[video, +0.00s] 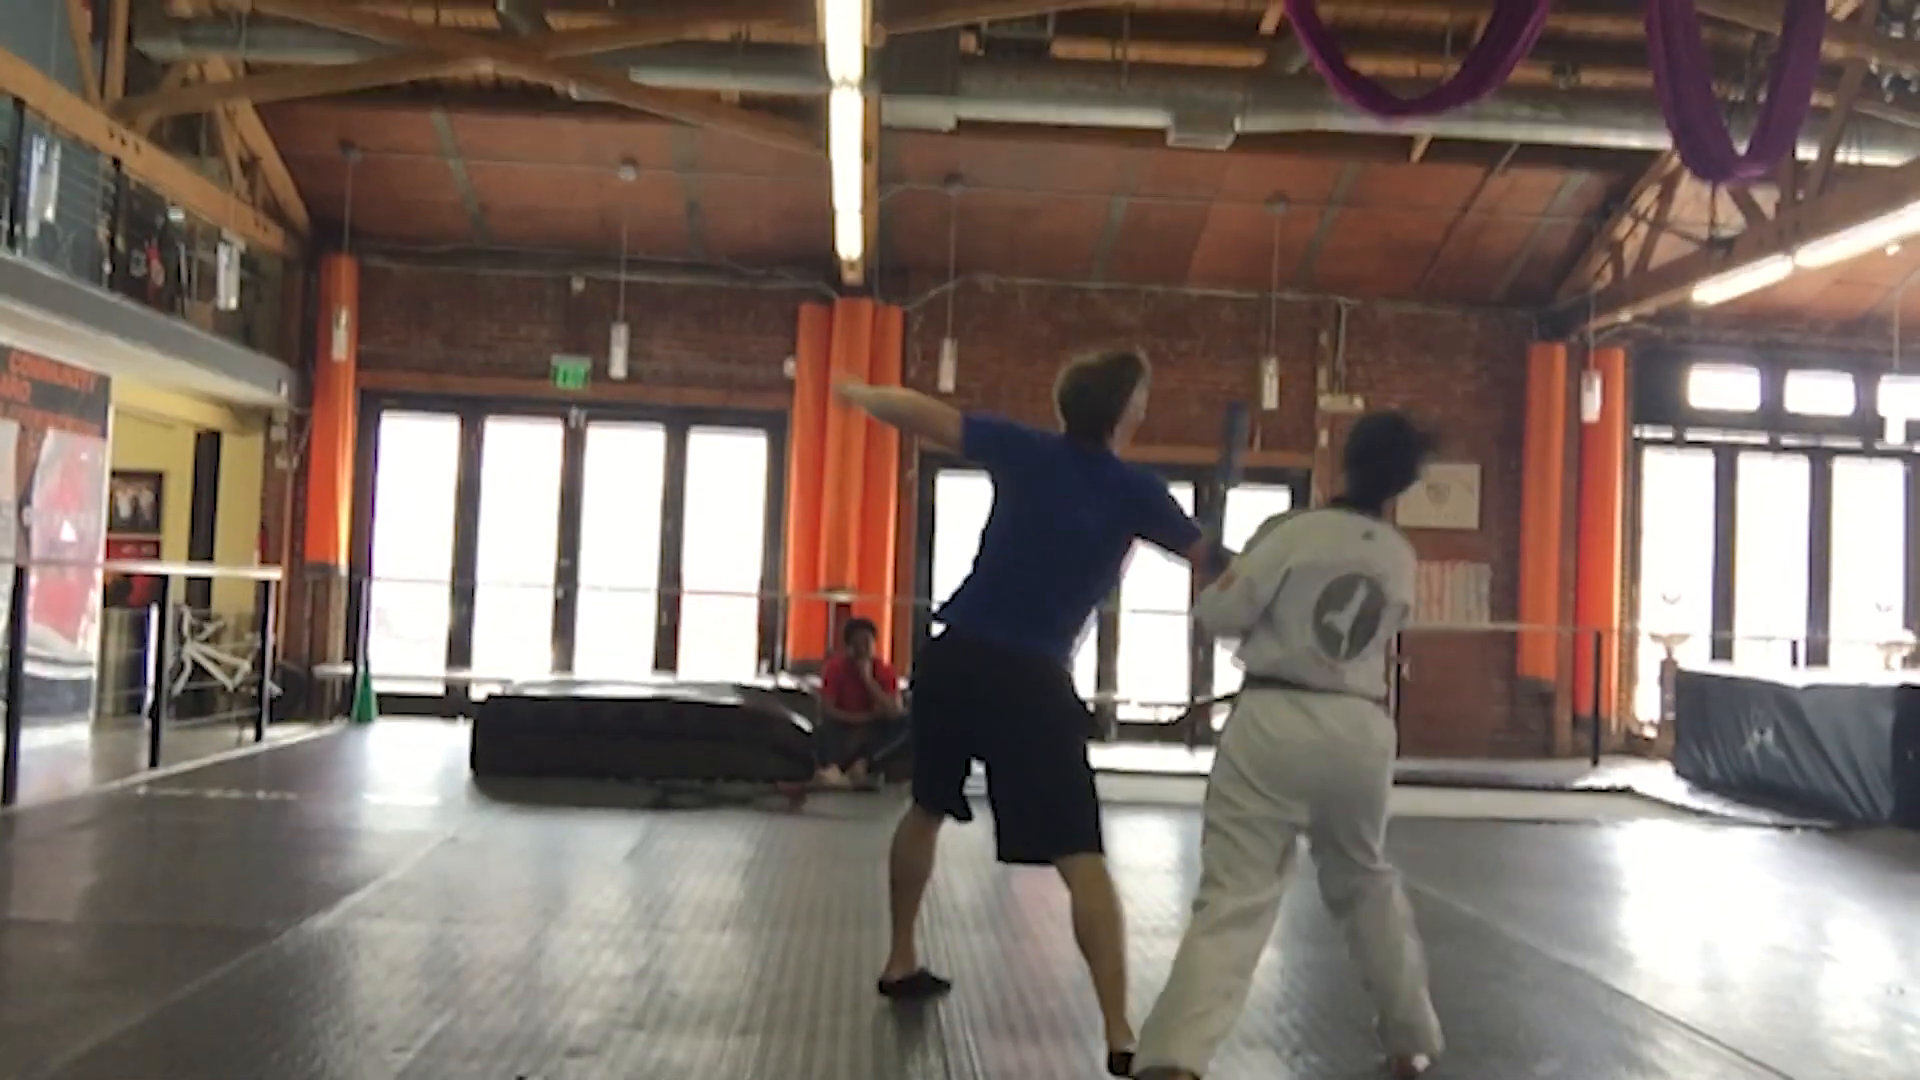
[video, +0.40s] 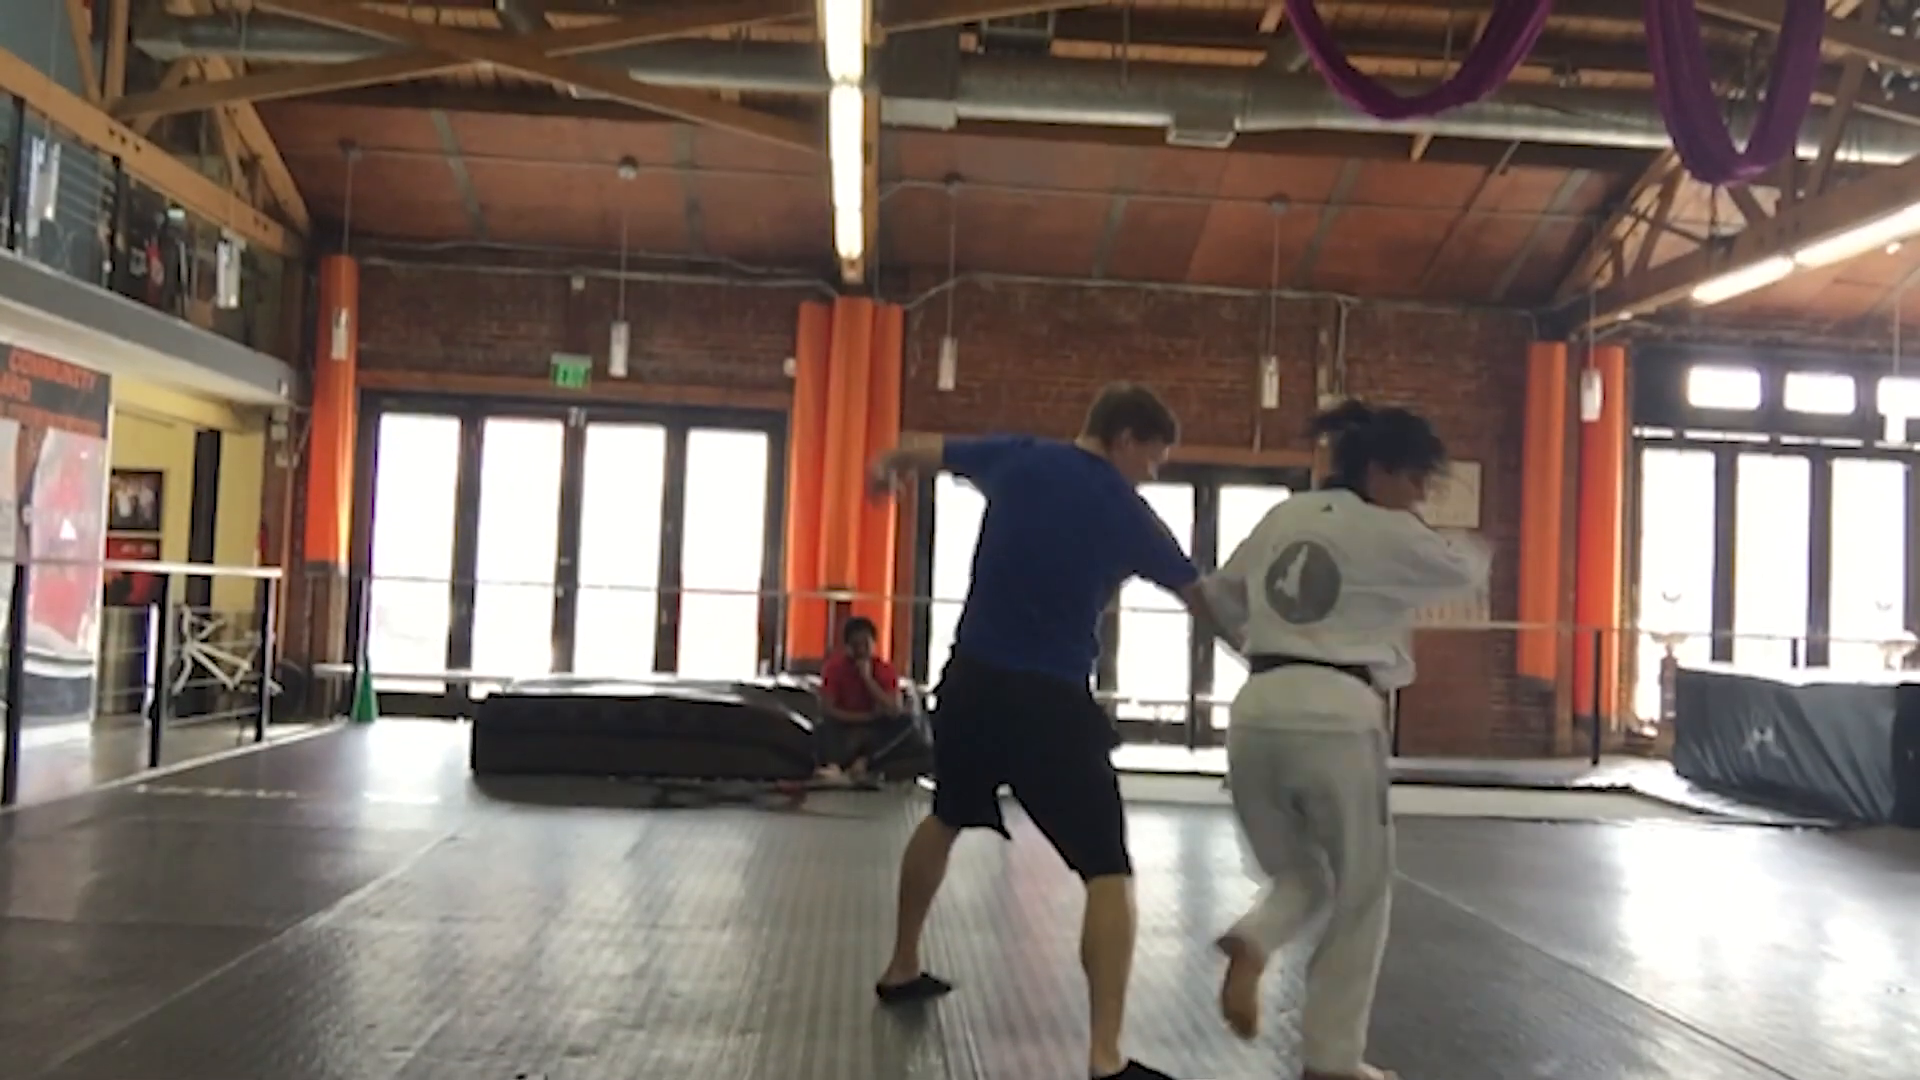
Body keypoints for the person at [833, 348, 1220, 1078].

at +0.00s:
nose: (1141, 413)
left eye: (1139, 403)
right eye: (1138, 405)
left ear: (1064, 406)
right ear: (1125, 415)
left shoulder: (1020, 449)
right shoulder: (1135, 492)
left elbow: (929, 416)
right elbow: (1215, 562)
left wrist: (857, 392)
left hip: (951, 662)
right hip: (1035, 681)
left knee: (925, 807)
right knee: (1082, 864)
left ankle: (900, 962)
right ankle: (1119, 1037)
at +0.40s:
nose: (1153, 476)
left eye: (1159, 465)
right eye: (1154, 462)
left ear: (1099, 433)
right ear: (1125, 440)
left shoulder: (1017, 455)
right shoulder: (1124, 510)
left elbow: (918, 451)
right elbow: (1201, 596)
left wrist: (887, 468)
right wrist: (1266, 641)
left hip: (968, 690)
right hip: (1054, 706)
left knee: (944, 817)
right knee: (1108, 875)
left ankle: (901, 969)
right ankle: (1107, 1058)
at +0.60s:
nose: (1145, 464)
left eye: (1149, 451)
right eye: (1148, 449)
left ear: (1087, 419)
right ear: (1125, 430)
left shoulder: (1009, 453)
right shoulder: (1130, 497)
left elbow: (906, 506)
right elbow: (1201, 587)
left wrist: (838, 581)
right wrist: (1187, 613)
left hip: (982, 685)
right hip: (1067, 698)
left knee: (963, 815)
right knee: (1110, 873)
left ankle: (913, 966)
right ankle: (1114, 1059)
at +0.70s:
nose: (1134, 446)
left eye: (1137, 435)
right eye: (1136, 434)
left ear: (1066, 415)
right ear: (1118, 428)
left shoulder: (1007, 455)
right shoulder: (1128, 501)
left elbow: (903, 488)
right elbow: (1203, 547)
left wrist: (803, 523)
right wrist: (1194, 571)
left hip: (986, 686)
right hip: (1074, 698)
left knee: (977, 804)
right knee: (1108, 879)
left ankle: (951, 951)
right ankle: (1123, 1062)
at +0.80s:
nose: (1123, 446)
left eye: (1125, 436)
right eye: (1124, 436)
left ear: (1055, 419)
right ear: (1105, 439)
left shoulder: (1012, 464)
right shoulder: (1101, 512)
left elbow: (955, 470)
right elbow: (1169, 539)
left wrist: (857, 471)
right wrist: (1177, 536)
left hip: (983, 696)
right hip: (1068, 700)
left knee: (977, 816)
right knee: (1111, 871)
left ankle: (974, 970)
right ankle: (1144, 1052)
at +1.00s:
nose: (1076, 443)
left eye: (1078, 434)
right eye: (1079, 433)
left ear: (1009, 412)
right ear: (1067, 427)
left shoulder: (950, 471)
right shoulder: (1084, 503)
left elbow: (896, 560)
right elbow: (1101, 600)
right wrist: (1044, 573)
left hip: (962, 693)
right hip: (1048, 699)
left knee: (965, 826)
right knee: (1082, 836)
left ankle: (970, 970)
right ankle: (1098, 963)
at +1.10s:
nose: (1058, 442)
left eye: (1058, 432)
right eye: (1057, 430)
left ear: (994, 412)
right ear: (1038, 418)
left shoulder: (937, 477)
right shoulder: (1066, 478)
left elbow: (895, 582)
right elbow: (1081, 560)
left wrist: (870, 639)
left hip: (965, 677)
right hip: (1049, 676)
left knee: (962, 815)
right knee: (1078, 762)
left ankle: (970, 956)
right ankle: (1083, 869)